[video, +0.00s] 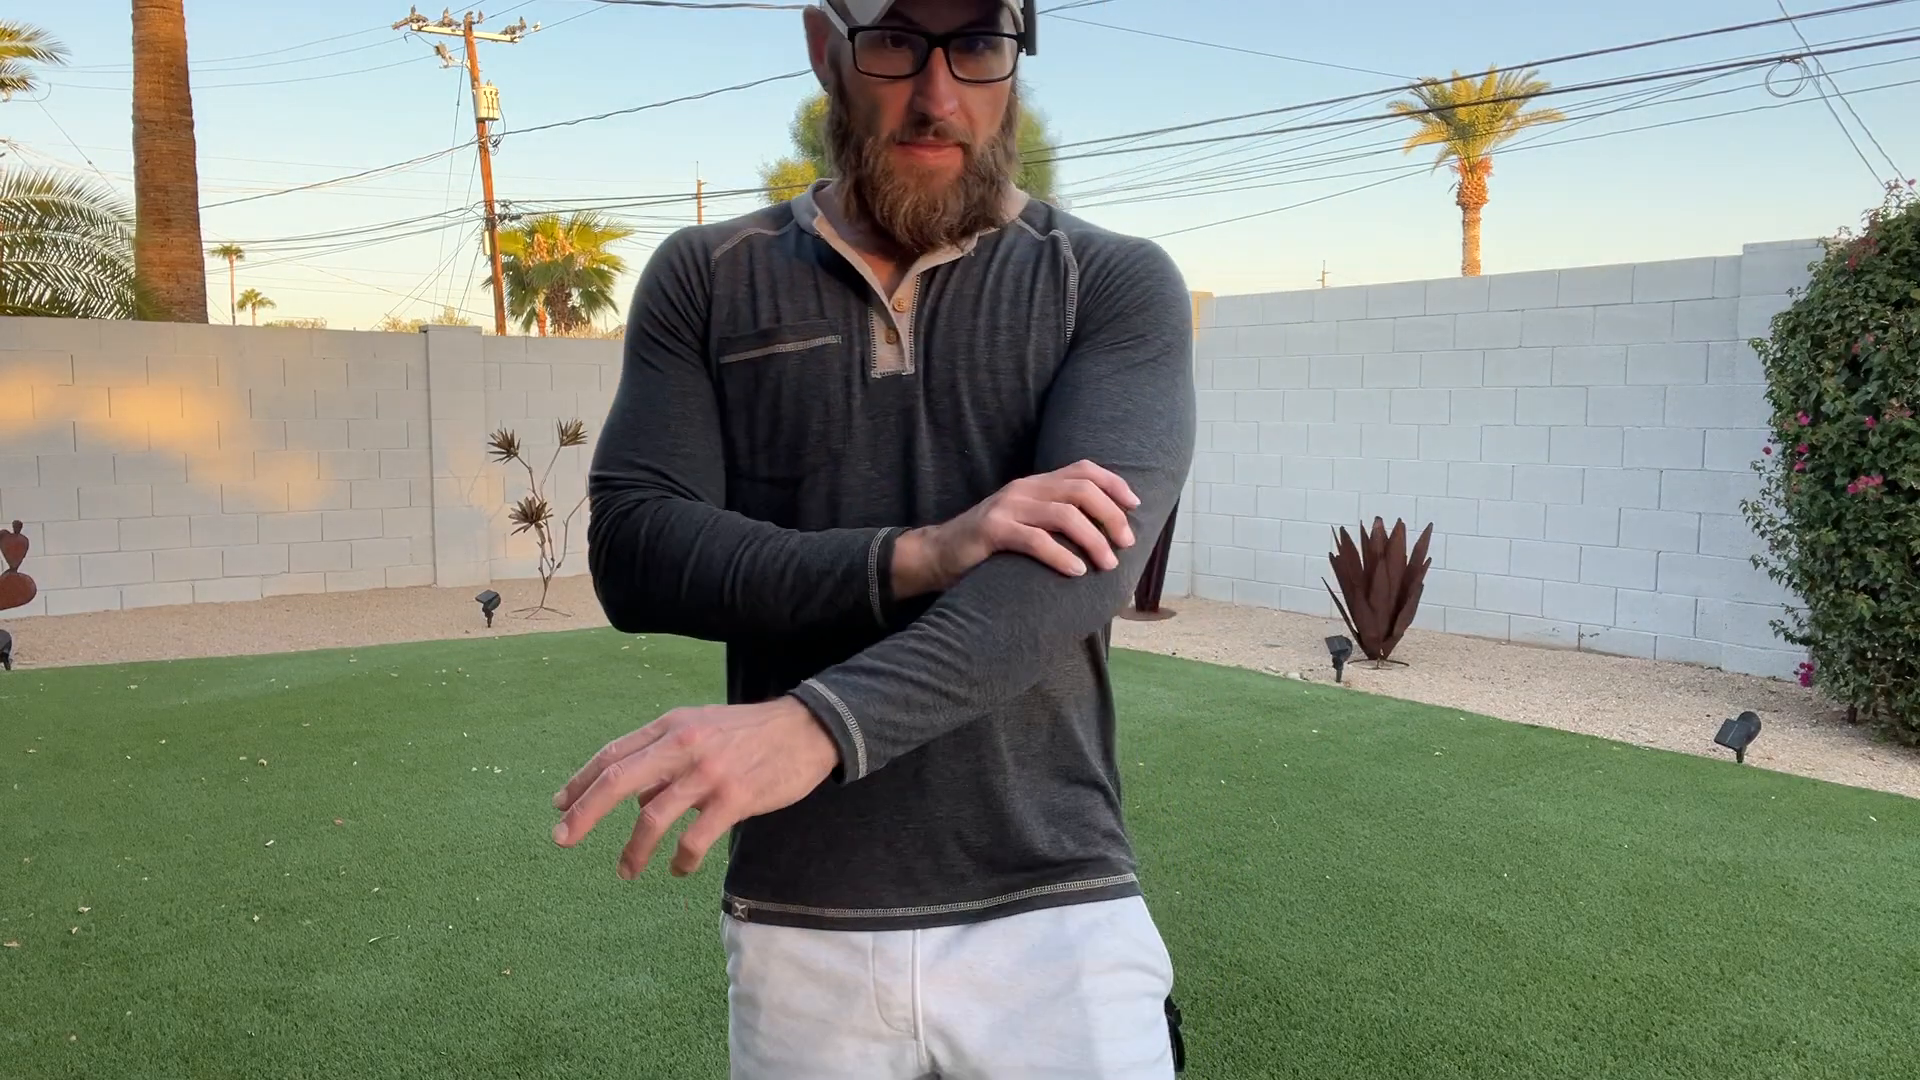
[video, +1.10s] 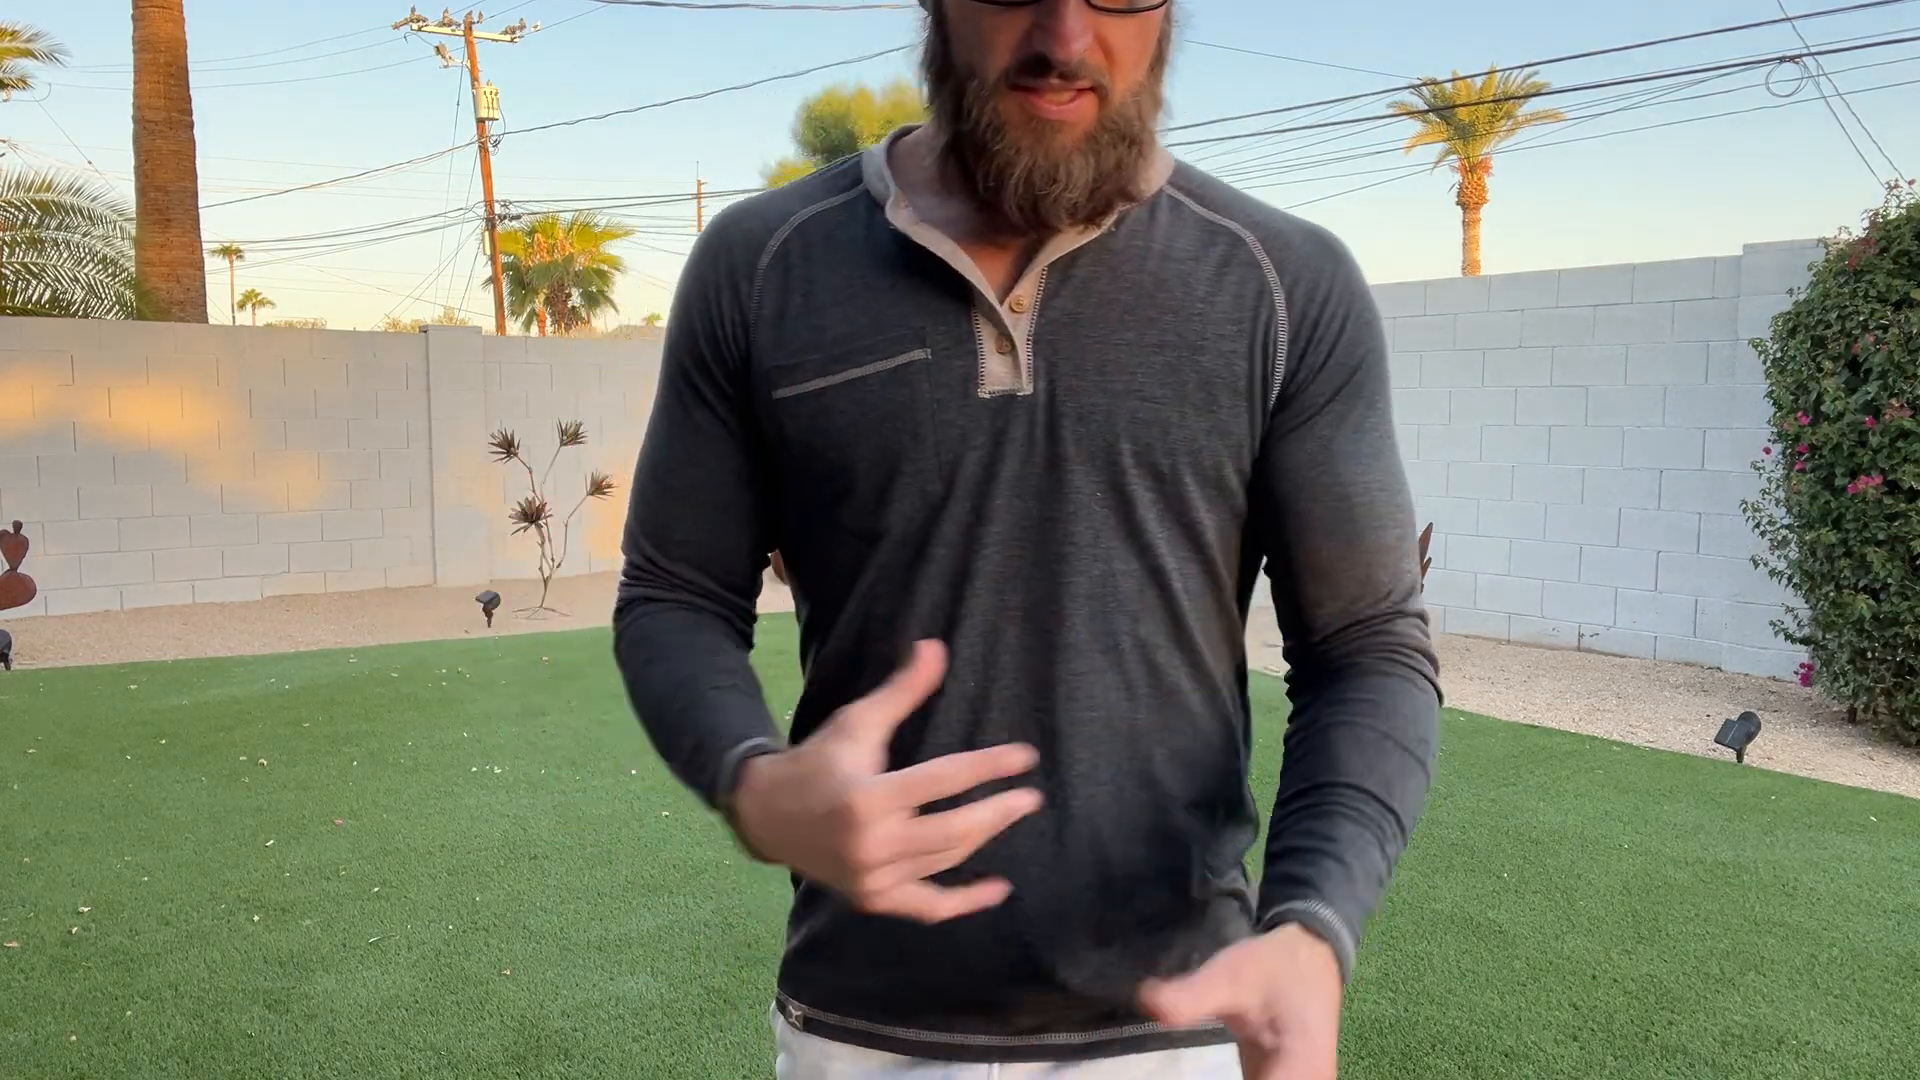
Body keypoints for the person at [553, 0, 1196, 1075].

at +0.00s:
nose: (935, 90)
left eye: (975, 48)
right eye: (893, 45)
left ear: (1015, 64)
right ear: (827, 54)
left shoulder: (1111, 279)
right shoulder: (704, 277)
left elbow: (1079, 566)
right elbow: (637, 550)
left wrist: (815, 722)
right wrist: (922, 553)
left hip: (1057, 927)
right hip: (802, 931)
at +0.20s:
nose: (881, 74)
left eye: (922, 27)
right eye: (836, 25)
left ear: (966, 45)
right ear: (768, 35)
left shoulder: (1072, 273)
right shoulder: (659, 289)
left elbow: (1115, 556)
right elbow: (611, 574)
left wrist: (860, 672)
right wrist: (892, 550)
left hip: (1032, 920)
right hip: (776, 939)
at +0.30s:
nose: (859, 75)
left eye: (902, 26)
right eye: (815, 26)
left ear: (950, 43)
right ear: (752, 35)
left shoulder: (1072, 279)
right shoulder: (641, 299)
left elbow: (1200, 550)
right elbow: (568, 598)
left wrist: (1026, 630)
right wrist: (721, 565)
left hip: (1028, 929)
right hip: (767, 947)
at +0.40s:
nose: (850, 89)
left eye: (893, 39)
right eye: (804, 40)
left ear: (945, 47)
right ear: (741, 40)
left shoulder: (1079, 278)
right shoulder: (639, 299)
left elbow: (1238, 527)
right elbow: (567, 631)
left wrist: (1240, 614)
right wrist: (523, 618)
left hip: (1033, 940)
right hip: (764, 957)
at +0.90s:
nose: (957, 67)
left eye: (1004, 15)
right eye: (905, 18)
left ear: (1057, 30)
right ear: (837, 27)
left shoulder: (1190, 280)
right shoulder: (697, 289)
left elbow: (1289, 591)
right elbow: (637, 596)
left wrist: (1392, 705)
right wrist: (525, 702)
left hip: (1110, 1006)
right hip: (810, 1013)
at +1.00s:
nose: (1009, 46)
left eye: (1058, 4)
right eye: (958, 1)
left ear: (1107, 26)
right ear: (889, 13)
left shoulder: (1238, 278)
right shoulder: (723, 277)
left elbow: (1338, 603)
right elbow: (646, 587)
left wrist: (1378, 806)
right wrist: (614, 752)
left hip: (1154, 1004)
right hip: (842, 1013)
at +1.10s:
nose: (1064, 42)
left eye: (1109, 3)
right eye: (1019, 1)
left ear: (1168, 24)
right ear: (942, 14)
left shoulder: (1289, 286)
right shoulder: (760, 269)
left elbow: (1369, 647)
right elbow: (678, 592)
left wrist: (1311, 927)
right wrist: (752, 789)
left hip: (1177, 1030)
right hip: (870, 1033)